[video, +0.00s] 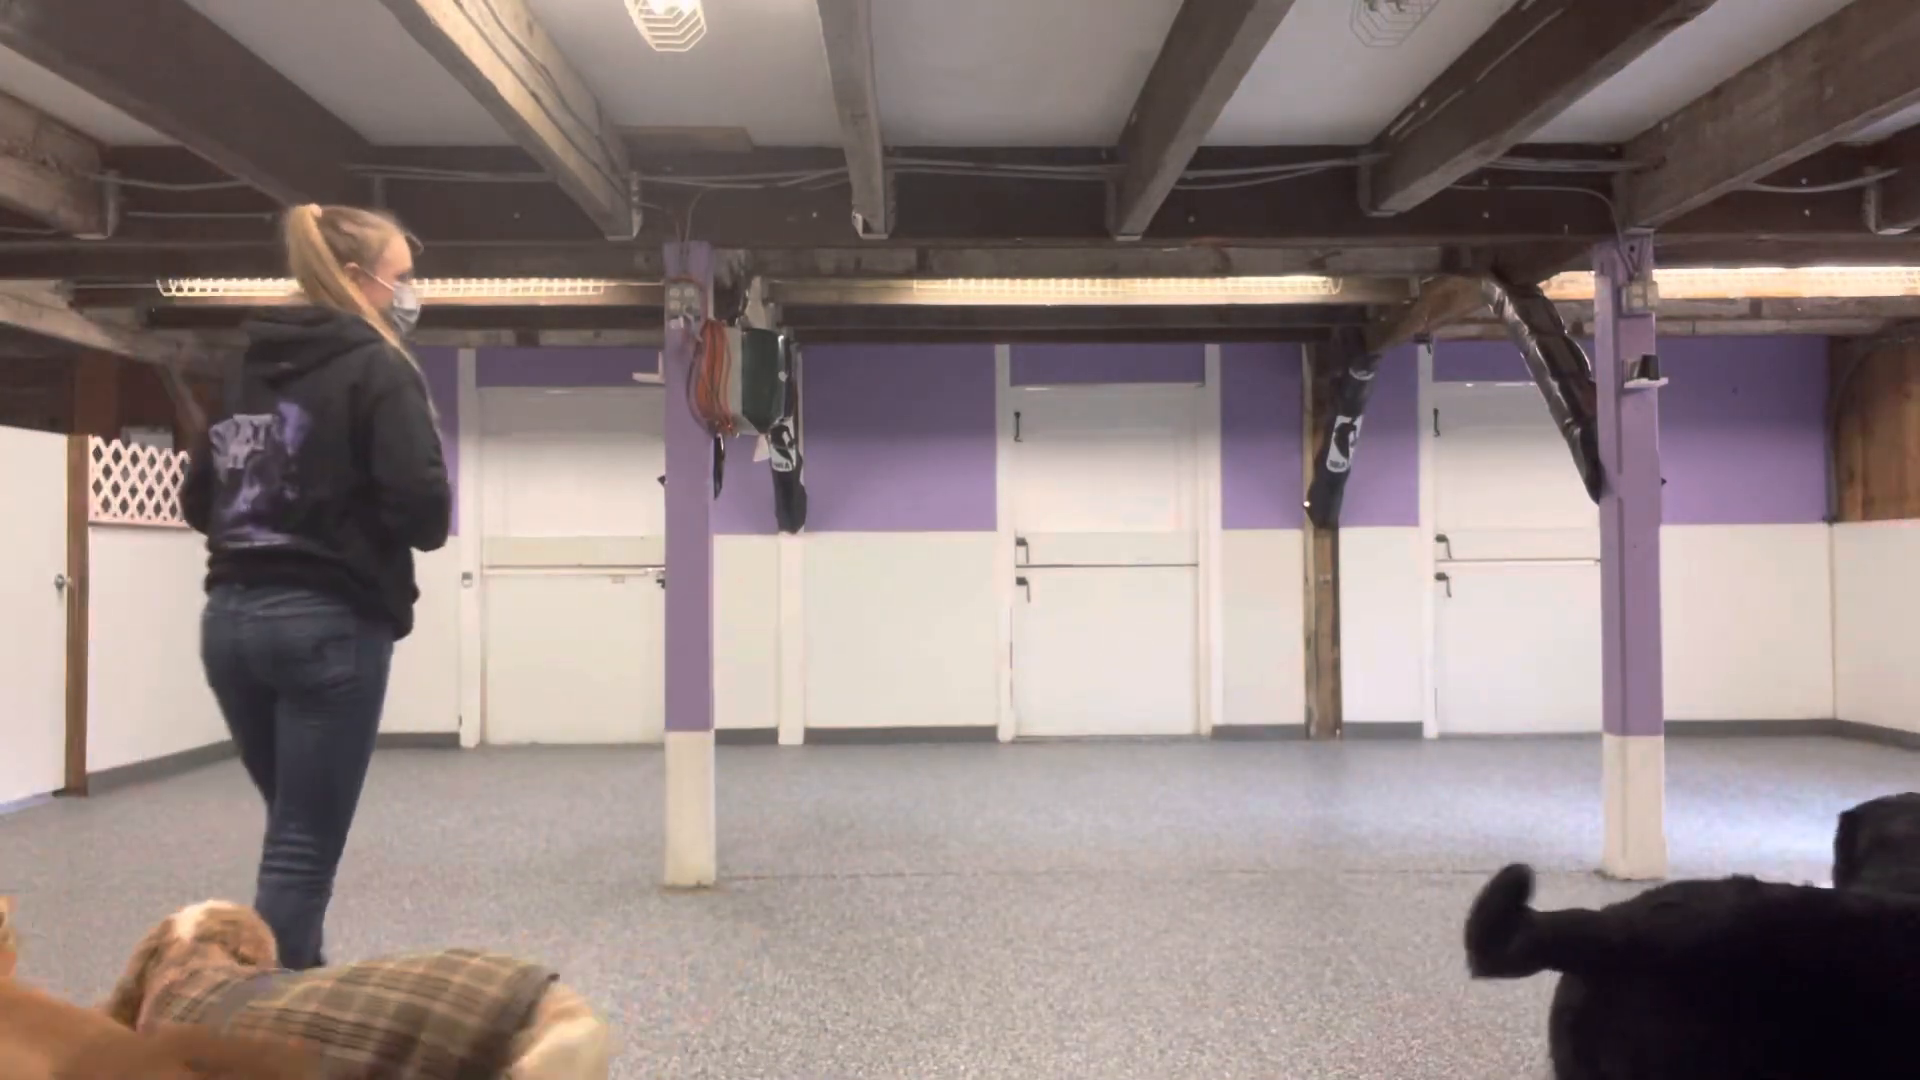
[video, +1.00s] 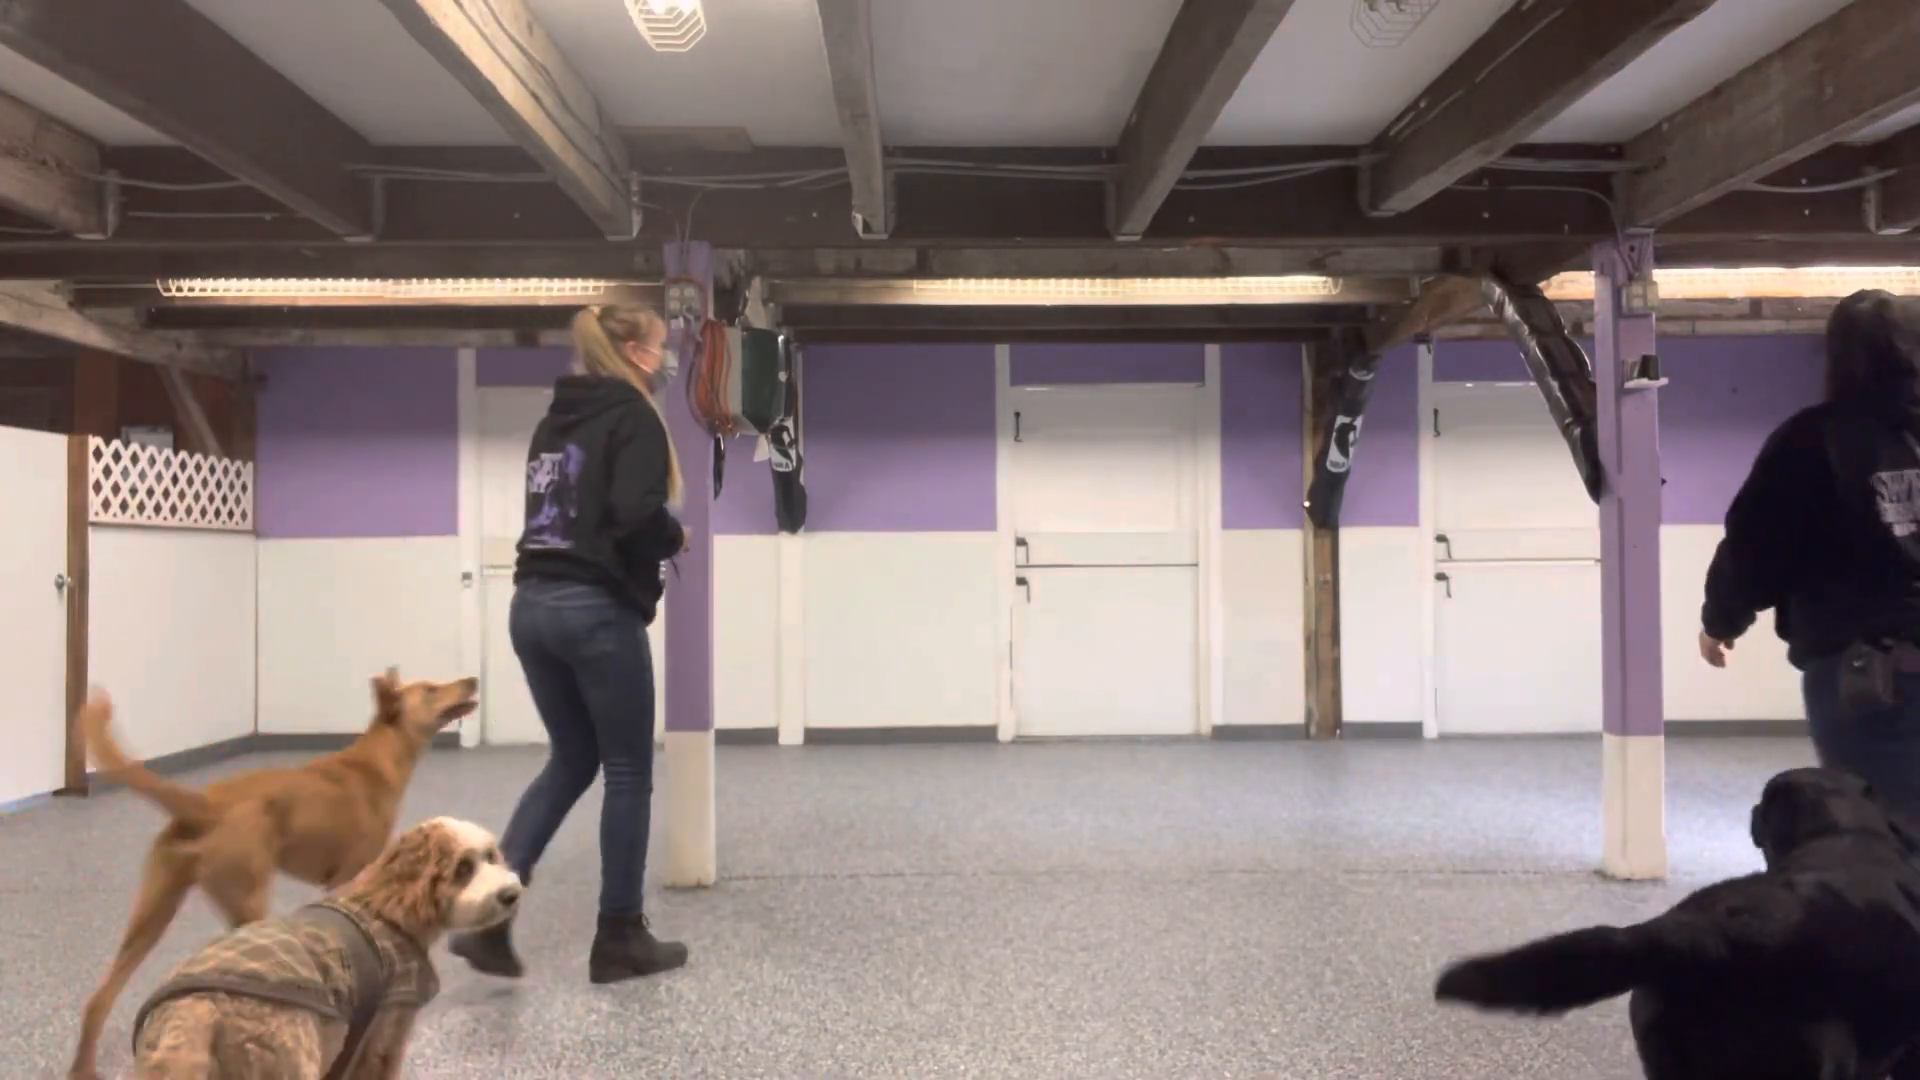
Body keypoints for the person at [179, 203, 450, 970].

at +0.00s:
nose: (410, 294)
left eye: (410, 278)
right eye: (401, 278)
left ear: (332, 277)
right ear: (357, 278)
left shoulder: (253, 362)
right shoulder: (380, 366)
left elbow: (199, 496)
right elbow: (425, 515)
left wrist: (270, 524)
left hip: (230, 622)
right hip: (330, 625)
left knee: (295, 835)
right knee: (301, 855)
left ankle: (304, 1013)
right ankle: (255, 1036)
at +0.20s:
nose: (433, 312)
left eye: (433, 297)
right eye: (425, 297)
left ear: (364, 300)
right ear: (386, 300)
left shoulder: (297, 382)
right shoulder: (405, 383)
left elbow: (259, 511)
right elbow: (429, 508)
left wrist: (323, 538)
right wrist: (457, 523)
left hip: (289, 621)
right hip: (373, 625)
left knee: (342, 818)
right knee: (369, 833)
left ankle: (356, 986)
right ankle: (310, 988)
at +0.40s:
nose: (494, 308)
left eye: (488, 294)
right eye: (482, 297)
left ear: (428, 314)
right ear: (444, 312)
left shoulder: (374, 380)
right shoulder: (442, 384)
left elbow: (367, 498)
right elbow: (437, 495)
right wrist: (501, 525)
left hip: (351, 610)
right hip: (419, 616)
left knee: (392, 792)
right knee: (498, 781)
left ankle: (351, 955)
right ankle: (425, 961)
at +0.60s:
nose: (550, 342)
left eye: (547, 328)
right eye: (542, 329)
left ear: (489, 337)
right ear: (507, 338)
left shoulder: (442, 400)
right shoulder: (503, 406)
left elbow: (425, 513)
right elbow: (487, 508)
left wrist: (530, 530)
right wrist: (555, 542)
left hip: (407, 619)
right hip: (471, 627)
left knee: (421, 799)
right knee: (537, 790)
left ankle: (362, 972)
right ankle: (584, 936)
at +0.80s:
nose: (612, 360)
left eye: (609, 347)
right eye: (605, 348)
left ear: (553, 354)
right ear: (574, 355)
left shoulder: (501, 414)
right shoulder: (570, 422)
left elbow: (485, 524)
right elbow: (558, 521)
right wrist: (617, 552)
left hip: (471, 622)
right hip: (539, 629)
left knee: (477, 790)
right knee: (595, 784)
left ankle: (386, 919)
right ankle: (621, 937)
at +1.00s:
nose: (664, 359)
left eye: (663, 347)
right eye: (659, 348)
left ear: (600, 346)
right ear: (632, 348)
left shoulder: (557, 415)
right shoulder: (634, 417)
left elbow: (550, 513)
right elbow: (636, 513)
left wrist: (625, 534)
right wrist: (674, 536)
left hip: (533, 605)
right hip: (596, 610)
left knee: (571, 758)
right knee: (629, 771)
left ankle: (489, 906)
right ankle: (620, 935)